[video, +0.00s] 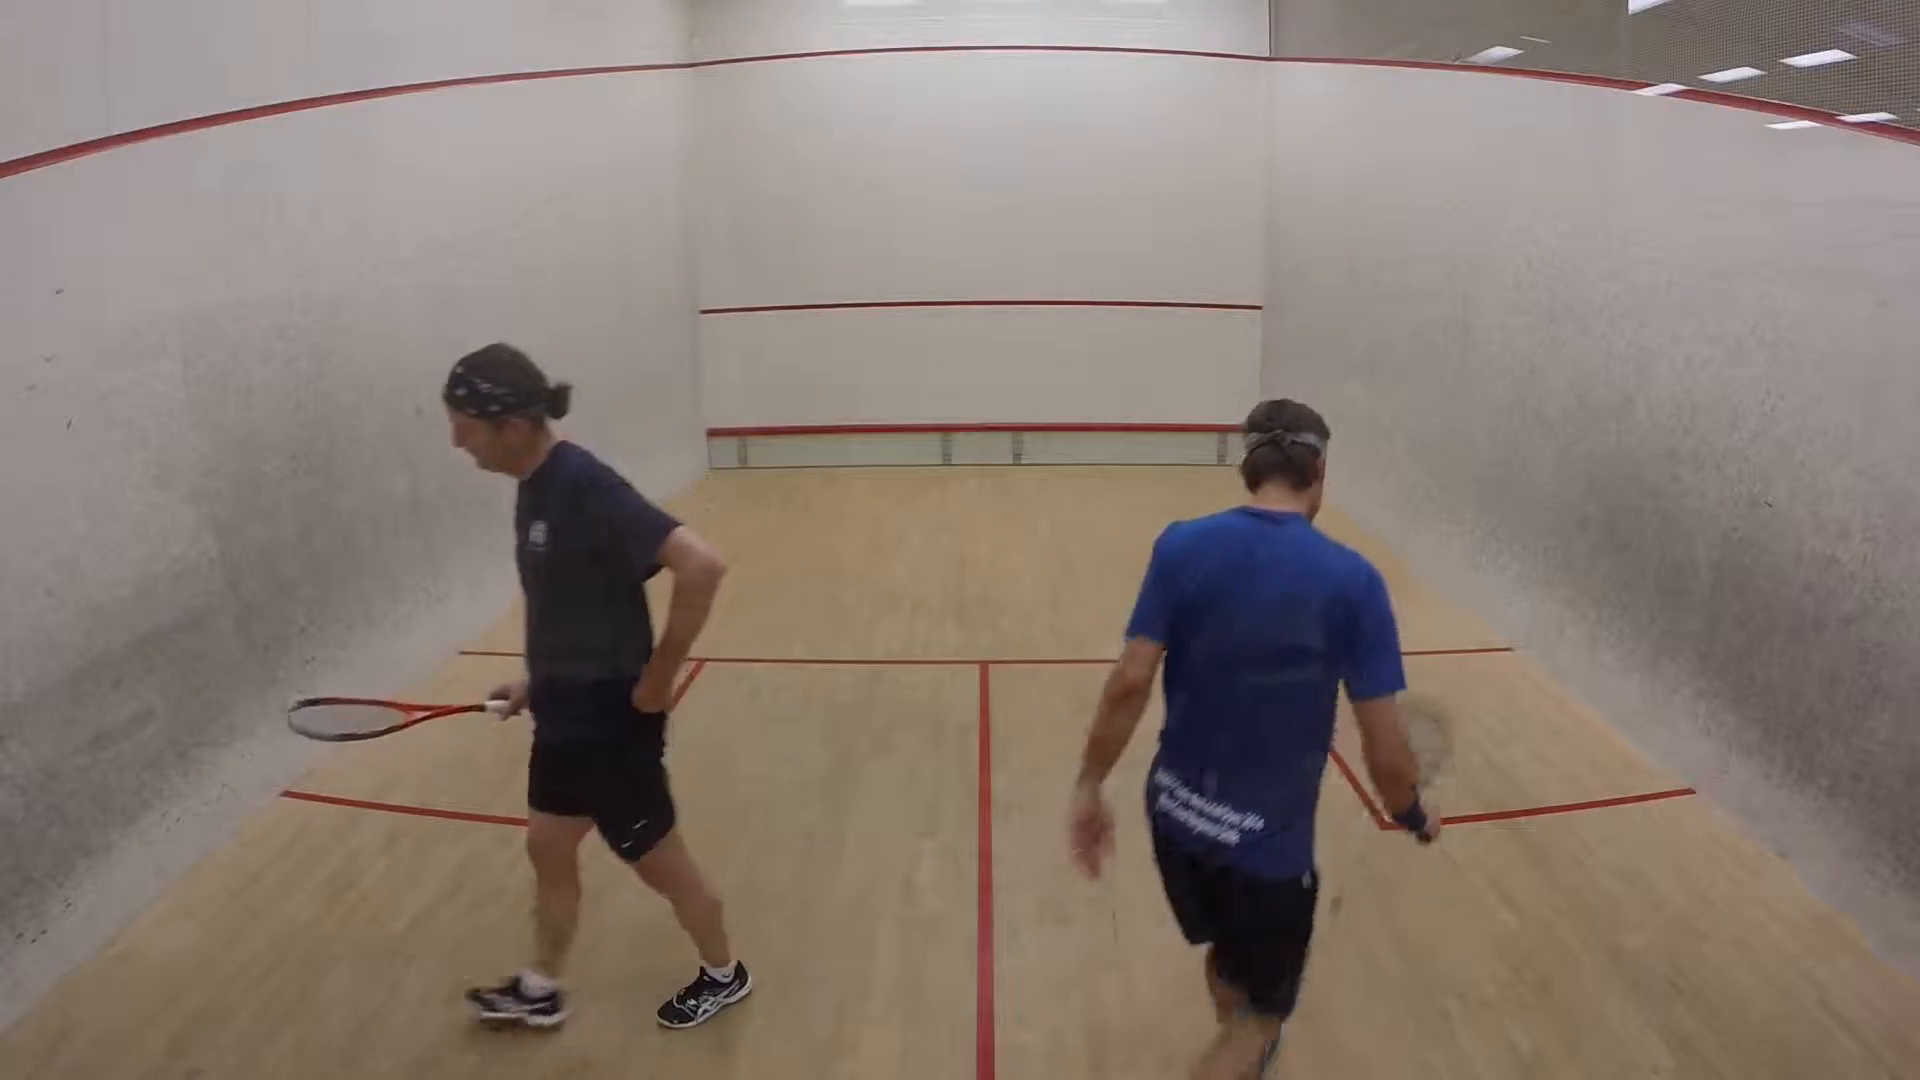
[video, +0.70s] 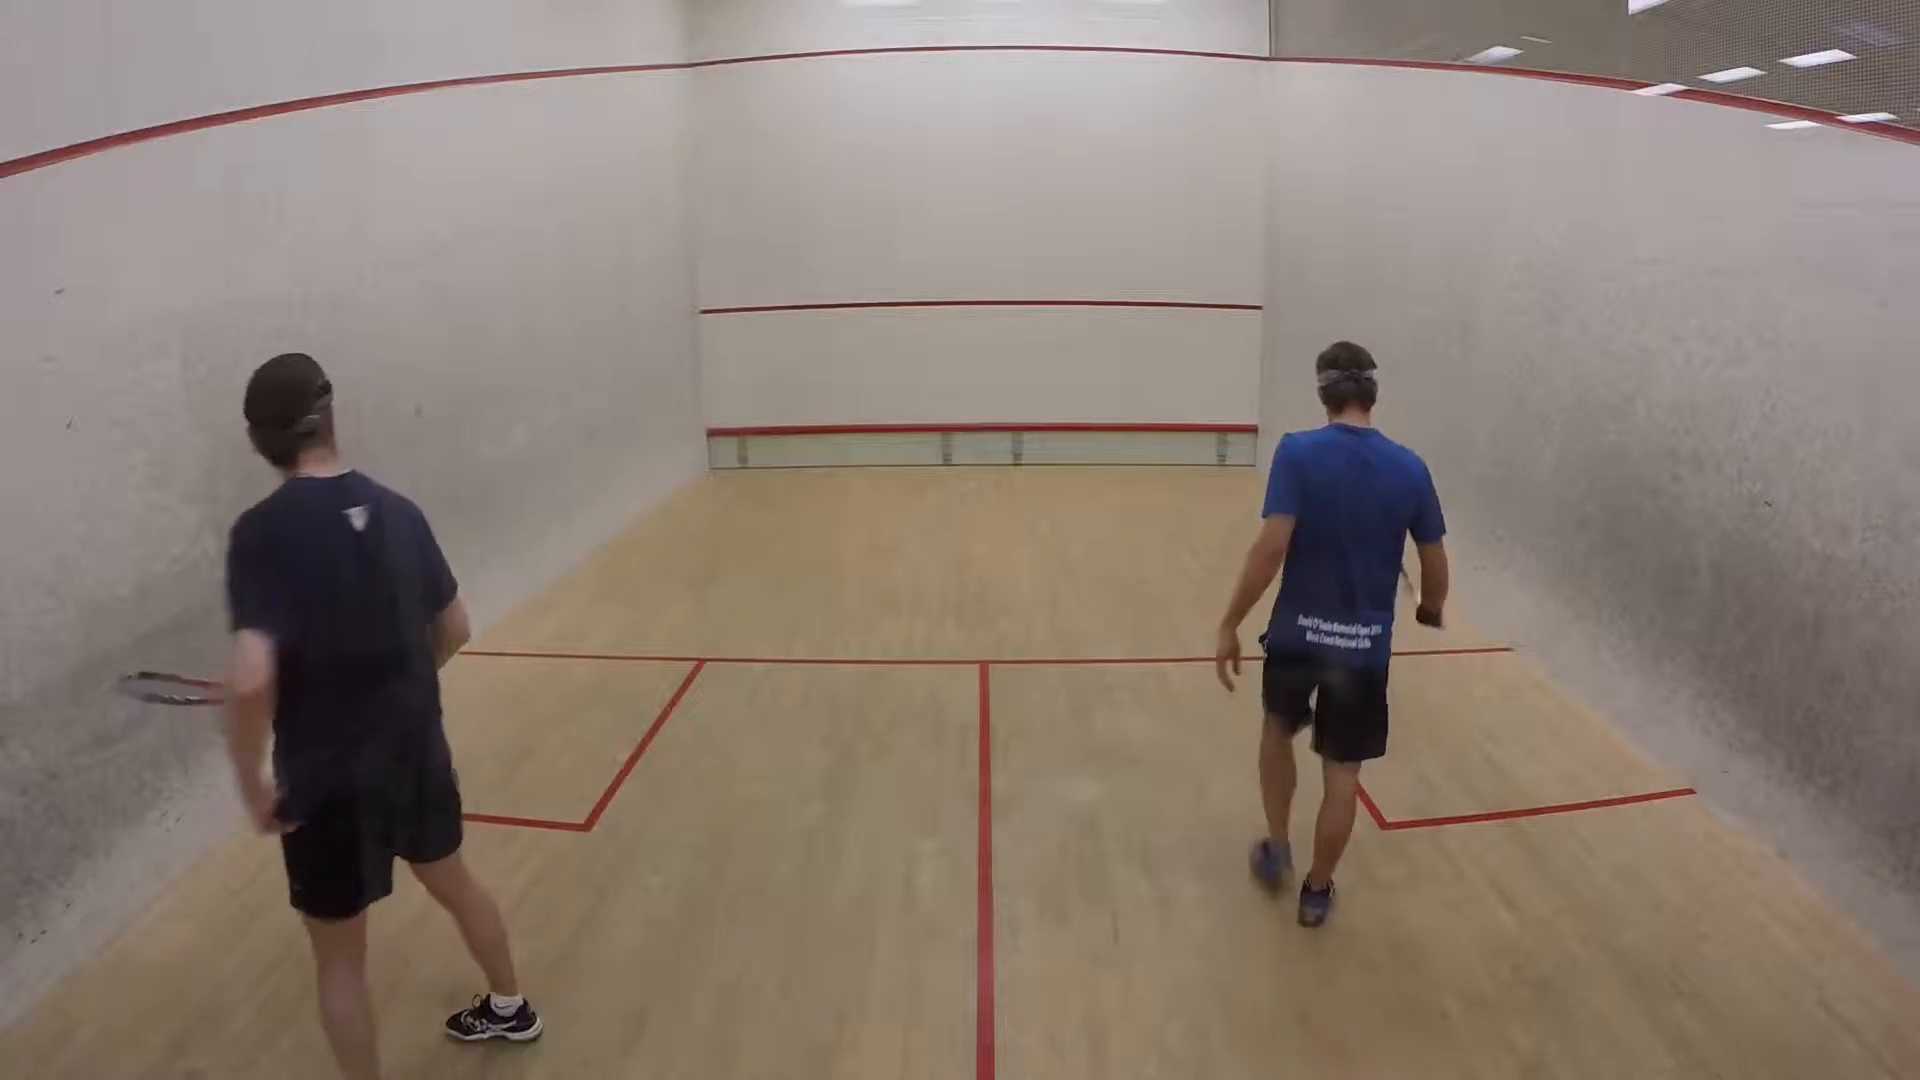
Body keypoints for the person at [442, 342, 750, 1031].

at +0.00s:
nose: (457, 441)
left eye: (464, 427)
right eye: (455, 426)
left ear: (512, 424)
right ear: (512, 425)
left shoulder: (586, 482)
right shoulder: (536, 488)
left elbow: (699, 567)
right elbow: (563, 600)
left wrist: (662, 673)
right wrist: (532, 680)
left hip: (613, 711)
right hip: (562, 709)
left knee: (658, 857)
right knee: (549, 848)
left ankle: (724, 972)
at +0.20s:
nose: (376, 452)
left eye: (379, 437)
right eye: (373, 438)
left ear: (420, 431)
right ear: (428, 429)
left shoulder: (494, 494)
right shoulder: (457, 497)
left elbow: (602, 591)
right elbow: (490, 611)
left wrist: (560, 697)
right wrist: (450, 692)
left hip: (516, 724)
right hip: (473, 719)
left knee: (555, 910)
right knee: (479, 867)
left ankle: (690, 963)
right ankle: (510, 1008)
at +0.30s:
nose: (343, 445)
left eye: (344, 430)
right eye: (340, 432)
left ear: (375, 427)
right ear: (403, 416)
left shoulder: (450, 495)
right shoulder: (428, 490)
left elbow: (552, 594)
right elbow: (462, 607)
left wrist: (512, 698)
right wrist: (418, 691)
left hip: (468, 730)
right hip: (448, 721)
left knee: (471, 927)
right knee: (482, 881)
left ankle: (627, 968)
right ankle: (509, 1008)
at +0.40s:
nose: (309, 434)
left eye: (308, 421)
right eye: (309, 421)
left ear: (328, 428)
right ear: (379, 409)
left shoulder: (414, 495)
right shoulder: (400, 487)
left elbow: (503, 604)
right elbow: (437, 606)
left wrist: (465, 710)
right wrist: (391, 692)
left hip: (427, 742)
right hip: (444, 726)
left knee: (400, 929)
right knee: (471, 869)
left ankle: (547, 1008)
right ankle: (510, 1004)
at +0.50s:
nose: (289, 432)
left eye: (288, 421)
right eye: (289, 419)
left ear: (301, 432)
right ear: (363, 410)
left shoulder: (374, 503)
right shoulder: (401, 481)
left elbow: (442, 617)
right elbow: (425, 608)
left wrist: (407, 716)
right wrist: (363, 699)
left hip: (395, 750)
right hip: (449, 731)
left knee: (360, 931)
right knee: (466, 868)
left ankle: (457, 1063)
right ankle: (512, 1006)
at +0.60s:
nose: (270, 434)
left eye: (268, 423)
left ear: (276, 434)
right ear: (343, 410)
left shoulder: (314, 516)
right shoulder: (404, 495)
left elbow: (350, 642)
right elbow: (451, 613)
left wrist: (327, 737)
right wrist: (400, 675)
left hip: (364, 756)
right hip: (437, 732)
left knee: (350, 947)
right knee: (461, 870)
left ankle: (368, 1067)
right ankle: (511, 1006)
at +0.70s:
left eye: (255, 429)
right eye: (326, 409)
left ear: (258, 441)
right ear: (330, 419)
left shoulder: (260, 534)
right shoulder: (394, 508)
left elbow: (253, 682)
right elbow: (452, 627)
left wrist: (253, 783)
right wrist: (399, 678)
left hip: (326, 776)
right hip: (414, 749)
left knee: (340, 958)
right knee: (452, 878)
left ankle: (363, 1071)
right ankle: (512, 1006)